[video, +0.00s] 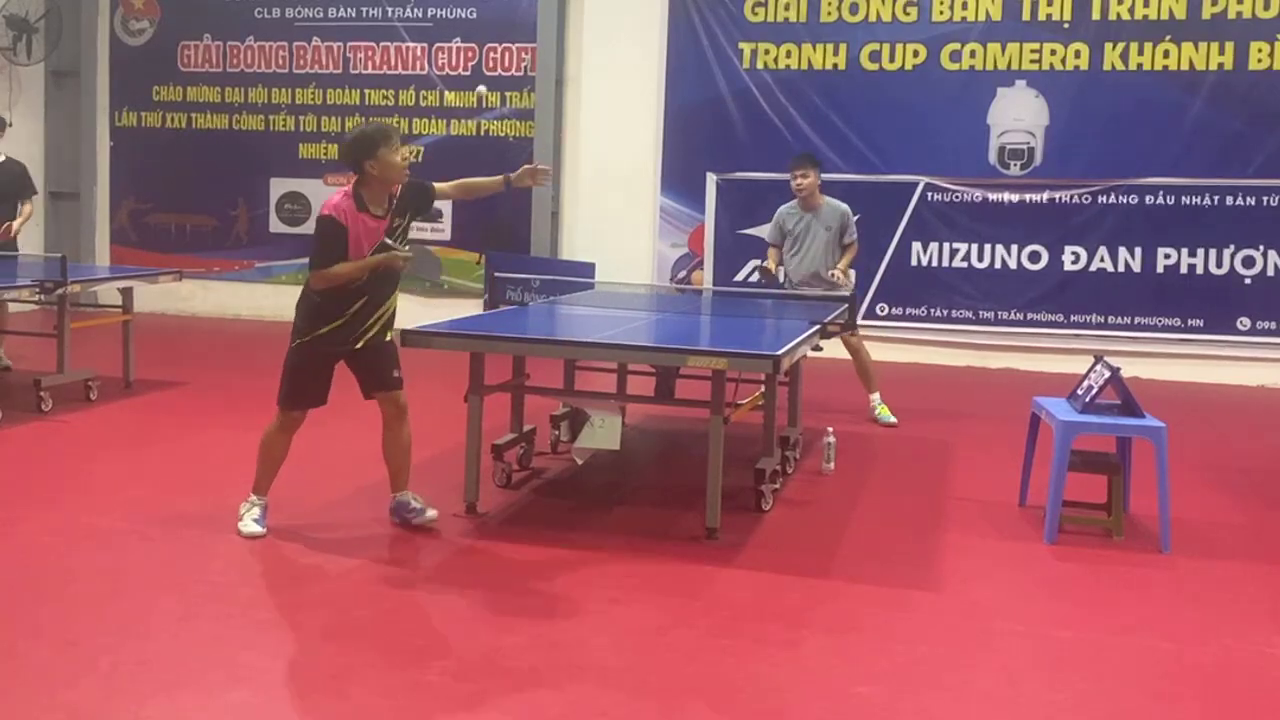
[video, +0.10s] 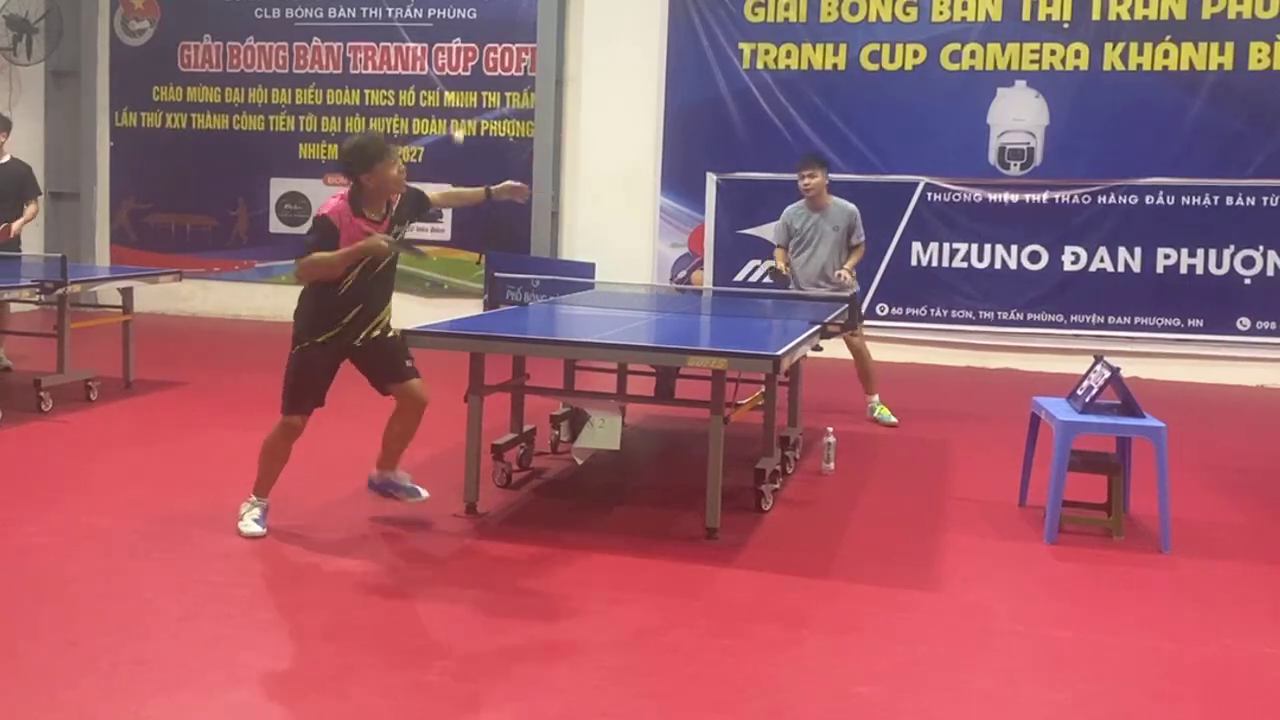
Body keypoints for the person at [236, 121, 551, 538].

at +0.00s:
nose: (405, 158)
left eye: (401, 150)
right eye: (395, 152)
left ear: (383, 165)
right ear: (370, 167)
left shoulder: (405, 195)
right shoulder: (337, 214)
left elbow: (455, 189)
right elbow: (318, 278)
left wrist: (510, 180)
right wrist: (376, 261)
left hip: (372, 327)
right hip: (319, 329)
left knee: (396, 405)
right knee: (289, 417)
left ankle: (401, 499)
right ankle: (256, 501)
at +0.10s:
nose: (403, 169)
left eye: (400, 162)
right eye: (394, 164)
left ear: (380, 176)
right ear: (367, 179)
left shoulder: (402, 203)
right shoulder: (333, 217)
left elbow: (445, 197)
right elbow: (304, 271)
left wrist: (493, 192)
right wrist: (361, 249)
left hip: (371, 327)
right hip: (319, 333)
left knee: (414, 398)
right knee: (293, 423)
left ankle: (384, 473)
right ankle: (257, 501)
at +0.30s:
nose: (426, 230)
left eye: (430, 222)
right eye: (420, 222)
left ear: (428, 216)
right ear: (396, 215)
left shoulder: (412, 243)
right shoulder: (367, 227)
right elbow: (332, 240)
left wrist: (406, 291)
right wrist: (390, 268)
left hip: (380, 344)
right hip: (334, 350)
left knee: (429, 417)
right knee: (315, 443)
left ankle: (387, 498)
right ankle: (260, 503)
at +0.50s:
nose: (473, 211)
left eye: (476, 203)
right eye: (473, 202)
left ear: (443, 193)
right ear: (456, 198)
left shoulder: (408, 209)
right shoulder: (418, 222)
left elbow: (349, 261)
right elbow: (433, 247)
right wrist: (463, 253)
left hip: (376, 325)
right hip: (343, 332)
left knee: (415, 411)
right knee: (368, 425)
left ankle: (385, 497)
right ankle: (291, 489)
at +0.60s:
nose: (477, 193)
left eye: (478, 185)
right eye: (476, 185)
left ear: (441, 179)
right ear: (460, 185)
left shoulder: (407, 201)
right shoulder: (433, 223)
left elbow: (356, 235)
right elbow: (455, 263)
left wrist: (326, 268)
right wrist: (474, 254)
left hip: (369, 324)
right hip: (354, 330)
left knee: (410, 409)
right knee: (393, 419)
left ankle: (383, 498)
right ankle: (333, 517)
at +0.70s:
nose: (474, 193)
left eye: (474, 184)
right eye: (474, 184)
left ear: (435, 177)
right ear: (463, 184)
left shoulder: (394, 208)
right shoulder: (442, 231)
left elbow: (339, 246)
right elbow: (465, 283)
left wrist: (315, 275)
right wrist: (473, 268)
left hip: (346, 336)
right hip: (371, 342)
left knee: (400, 427)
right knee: (411, 433)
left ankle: (385, 504)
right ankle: (390, 543)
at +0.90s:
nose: (470, 191)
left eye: (470, 183)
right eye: (469, 183)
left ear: (425, 179)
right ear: (457, 183)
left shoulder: (380, 213)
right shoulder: (442, 238)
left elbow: (325, 257)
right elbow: (447, 311)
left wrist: (338, 291)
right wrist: (458, 313)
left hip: (337, 342)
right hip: (381, 354)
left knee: (366, 412)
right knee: (423, 449)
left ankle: (352, 495)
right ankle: (399, 560)